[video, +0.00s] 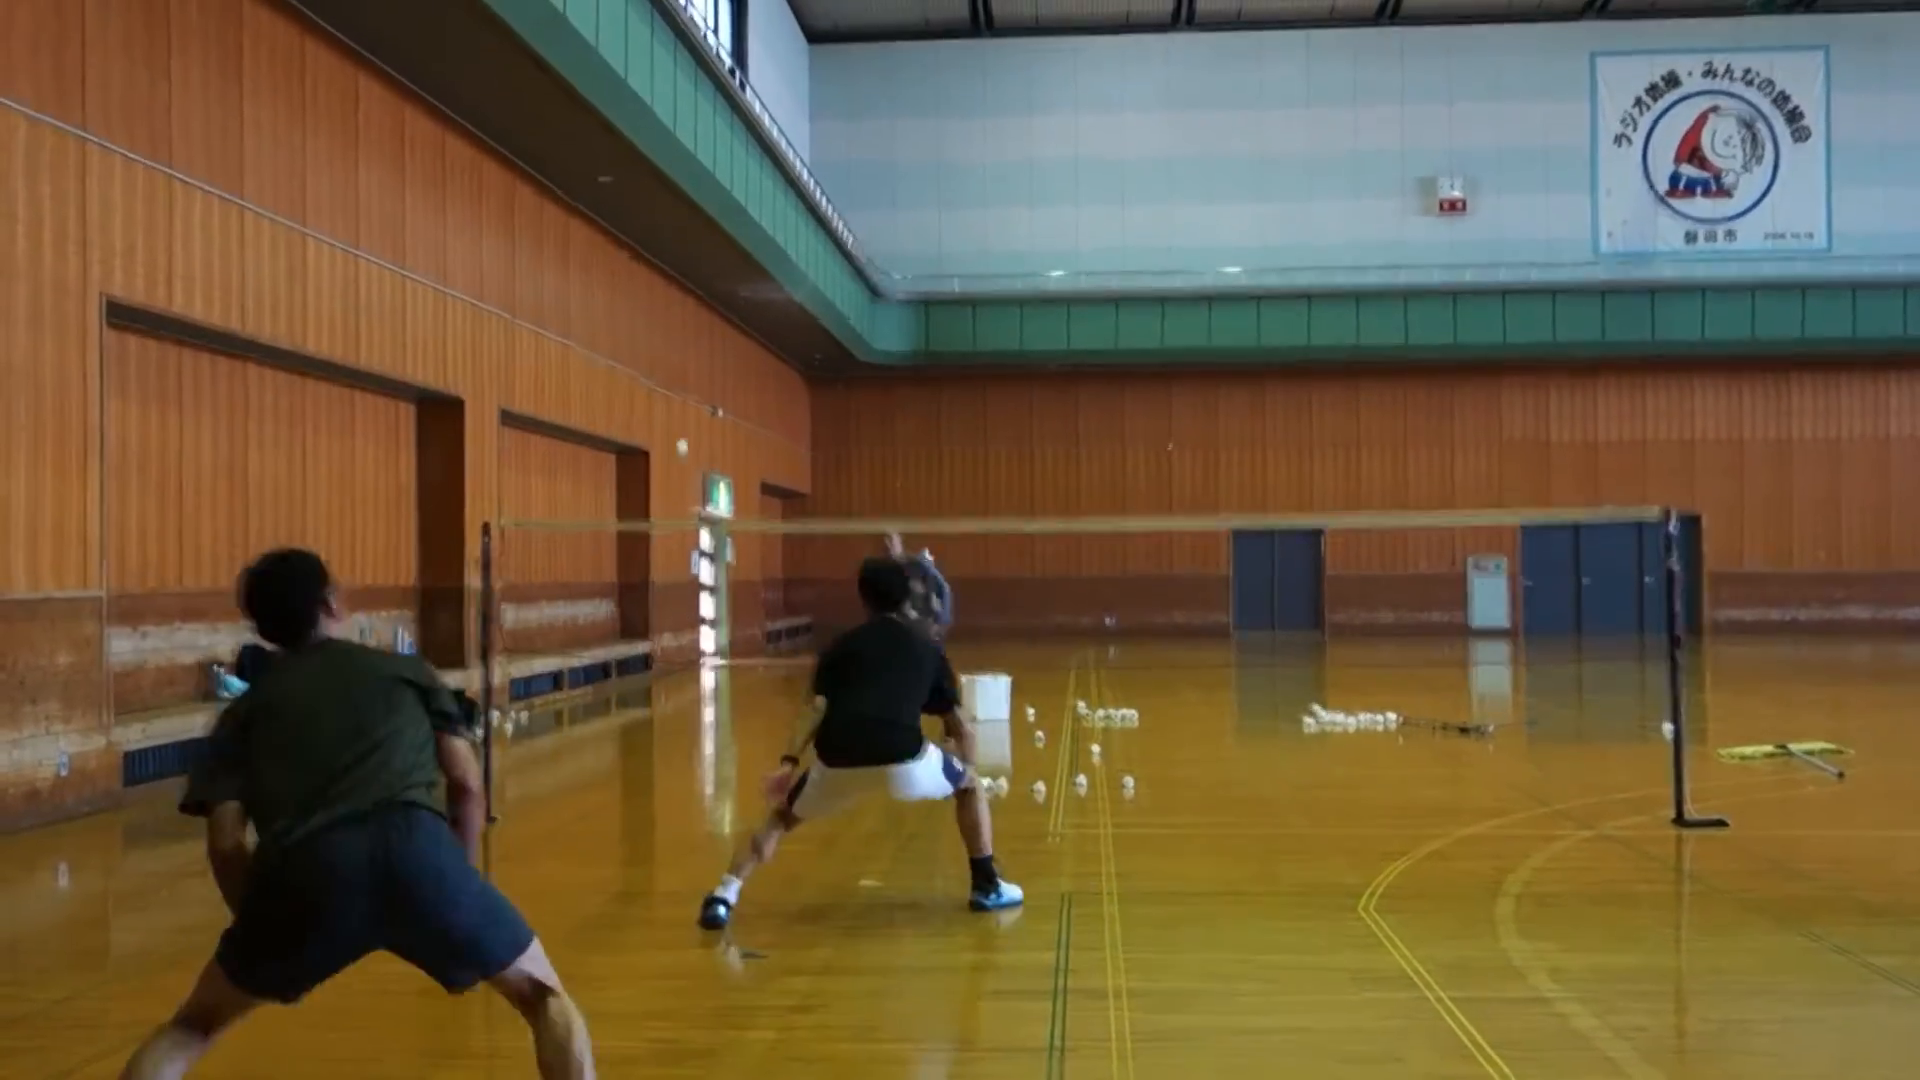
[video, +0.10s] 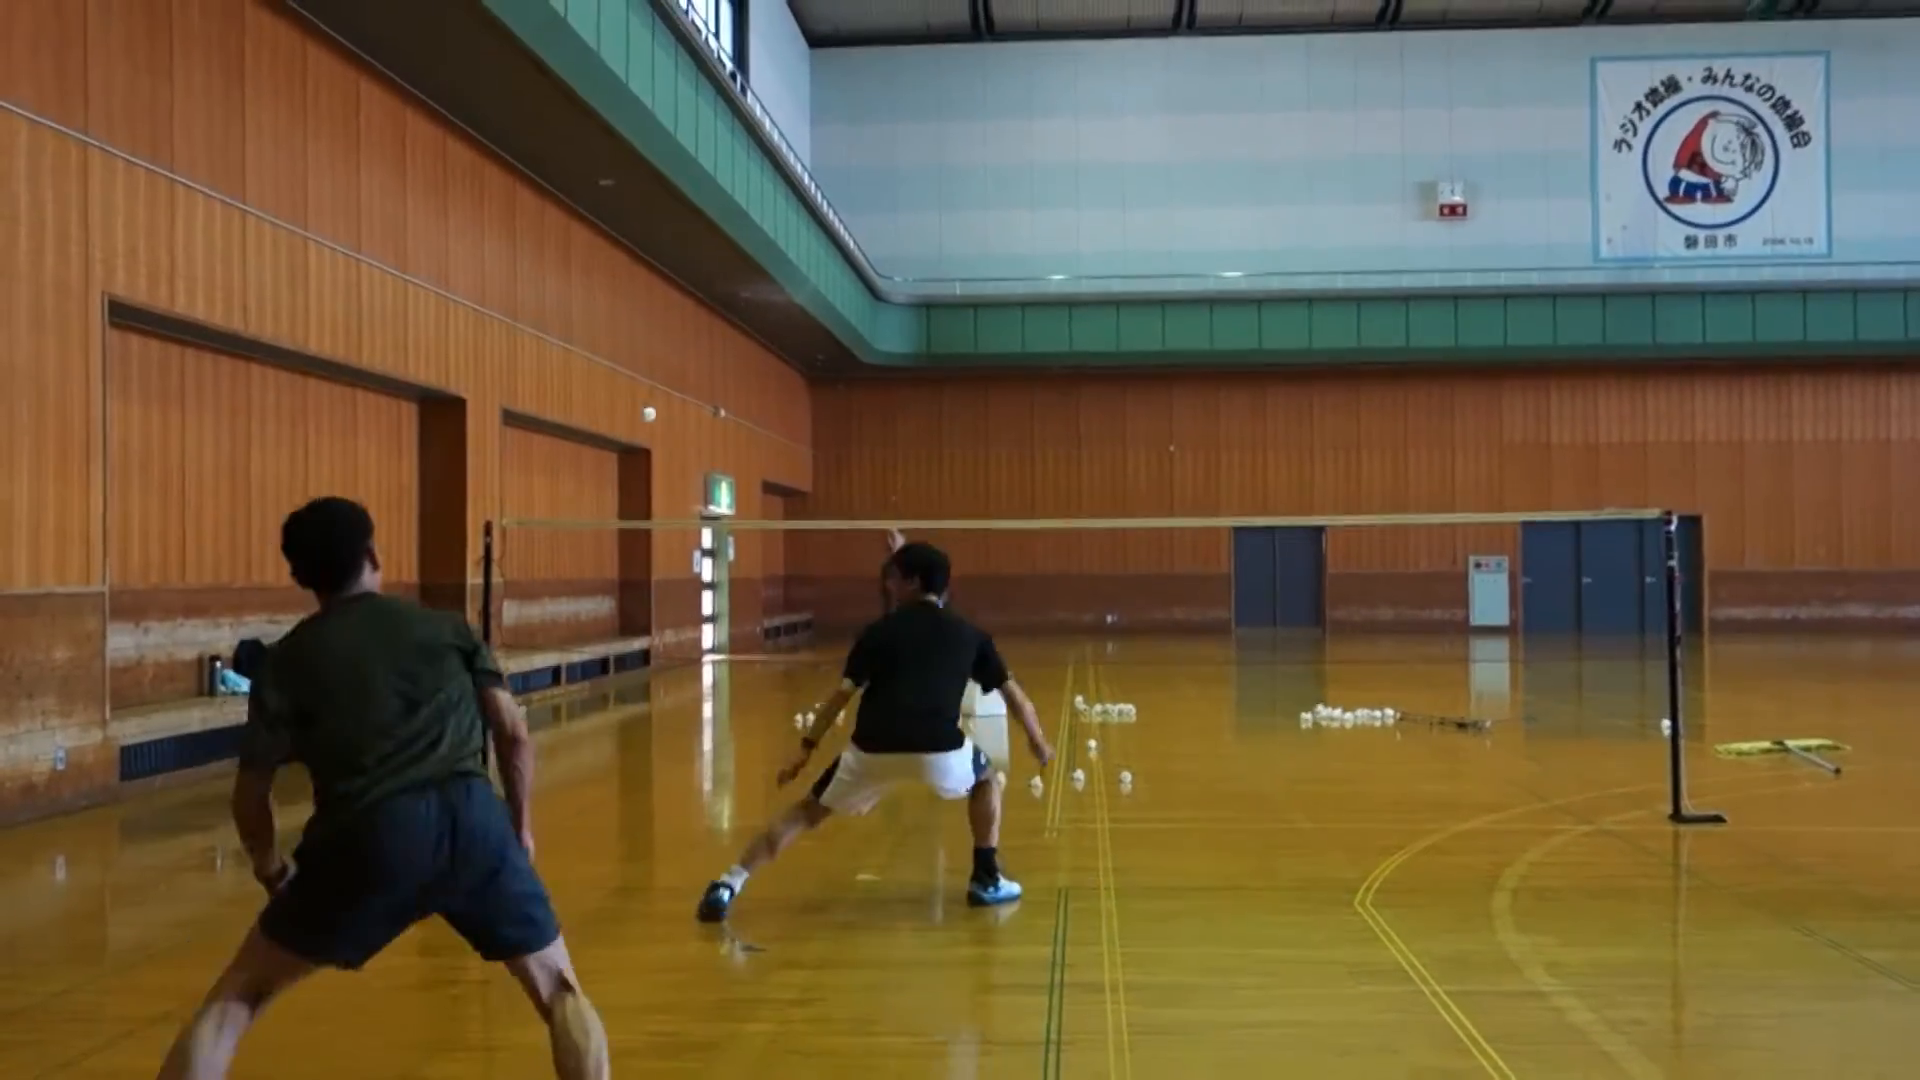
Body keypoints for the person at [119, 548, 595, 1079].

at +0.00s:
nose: (345, 604)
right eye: (338, 595)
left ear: (264, 630)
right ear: (330, 607)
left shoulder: (246, 711)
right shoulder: (403, 670)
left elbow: (225, 846)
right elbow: (466, 782)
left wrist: (262, 933)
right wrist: (464, 887)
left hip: (308, 880)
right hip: (419, 860)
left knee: (193, 1026)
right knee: (545, 999)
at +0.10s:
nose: (379, 552)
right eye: (375, 546)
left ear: (301, 578)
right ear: (373, 556)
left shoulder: (289, 659)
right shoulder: (445, 629)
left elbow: (250, 794)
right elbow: (514, 734)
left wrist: (268, 865)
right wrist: (520, 831)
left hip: (365, 848)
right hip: (476, 833)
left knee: (239, 996)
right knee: (561, 992)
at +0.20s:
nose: (404, 523)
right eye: (402, 516)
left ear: (325, 542)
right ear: (401, 525)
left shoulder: (315, 636)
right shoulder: (472, 602)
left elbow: (245, 754)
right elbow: (534, 719)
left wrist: (241, 798)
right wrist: (528, 805)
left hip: (411, 832)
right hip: (509, 816)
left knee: (291, 994)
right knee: (531, 990)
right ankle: (578, 1071)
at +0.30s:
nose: (446, 546)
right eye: (444, 539)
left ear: (366, 557)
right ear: (441, 548)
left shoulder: (348, 633)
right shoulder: (492, 623)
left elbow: (264, 672)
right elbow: (529, 700)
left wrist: (216, 666)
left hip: (440, 844)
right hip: (530, 828)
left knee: (402, 1048)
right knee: (552, 945)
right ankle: (562, 1070)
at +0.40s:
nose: (505, 566)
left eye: (417, 565)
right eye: (501, 556)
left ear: (420, 573)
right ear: (495, 567)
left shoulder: (393, 632)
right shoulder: (534, 640)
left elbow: (260, 624)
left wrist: (176, 602)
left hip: (465, 850)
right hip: (558, 833)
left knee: (428, 1047)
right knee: (584, 891)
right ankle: (583, 1031)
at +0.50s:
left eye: (476, 558)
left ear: (476, 568)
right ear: (544, 571)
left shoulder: (453, 612)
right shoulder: (569, 631)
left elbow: (357, 620)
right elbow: (587, 686)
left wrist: (251, 641)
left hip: (495, 807)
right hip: (575, 797)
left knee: (464, 973)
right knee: (586, 862)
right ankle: (590, 989)